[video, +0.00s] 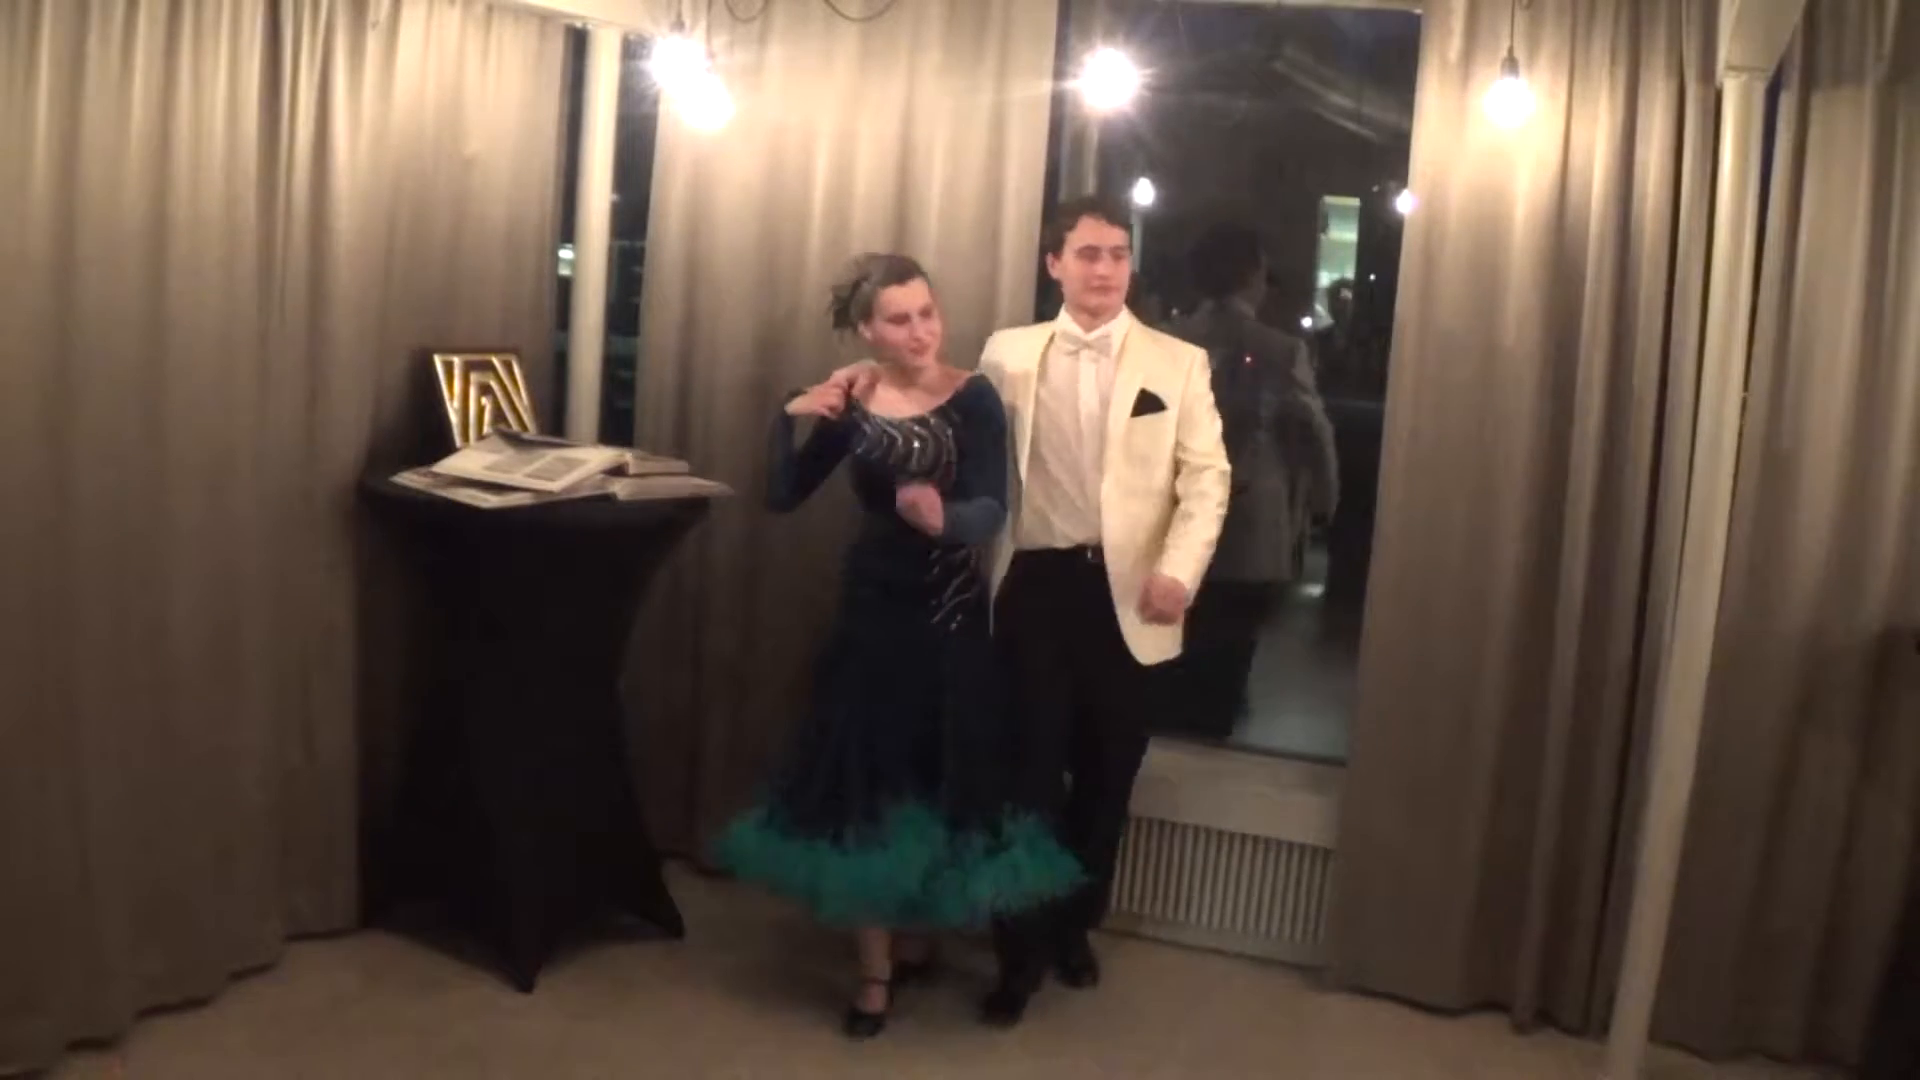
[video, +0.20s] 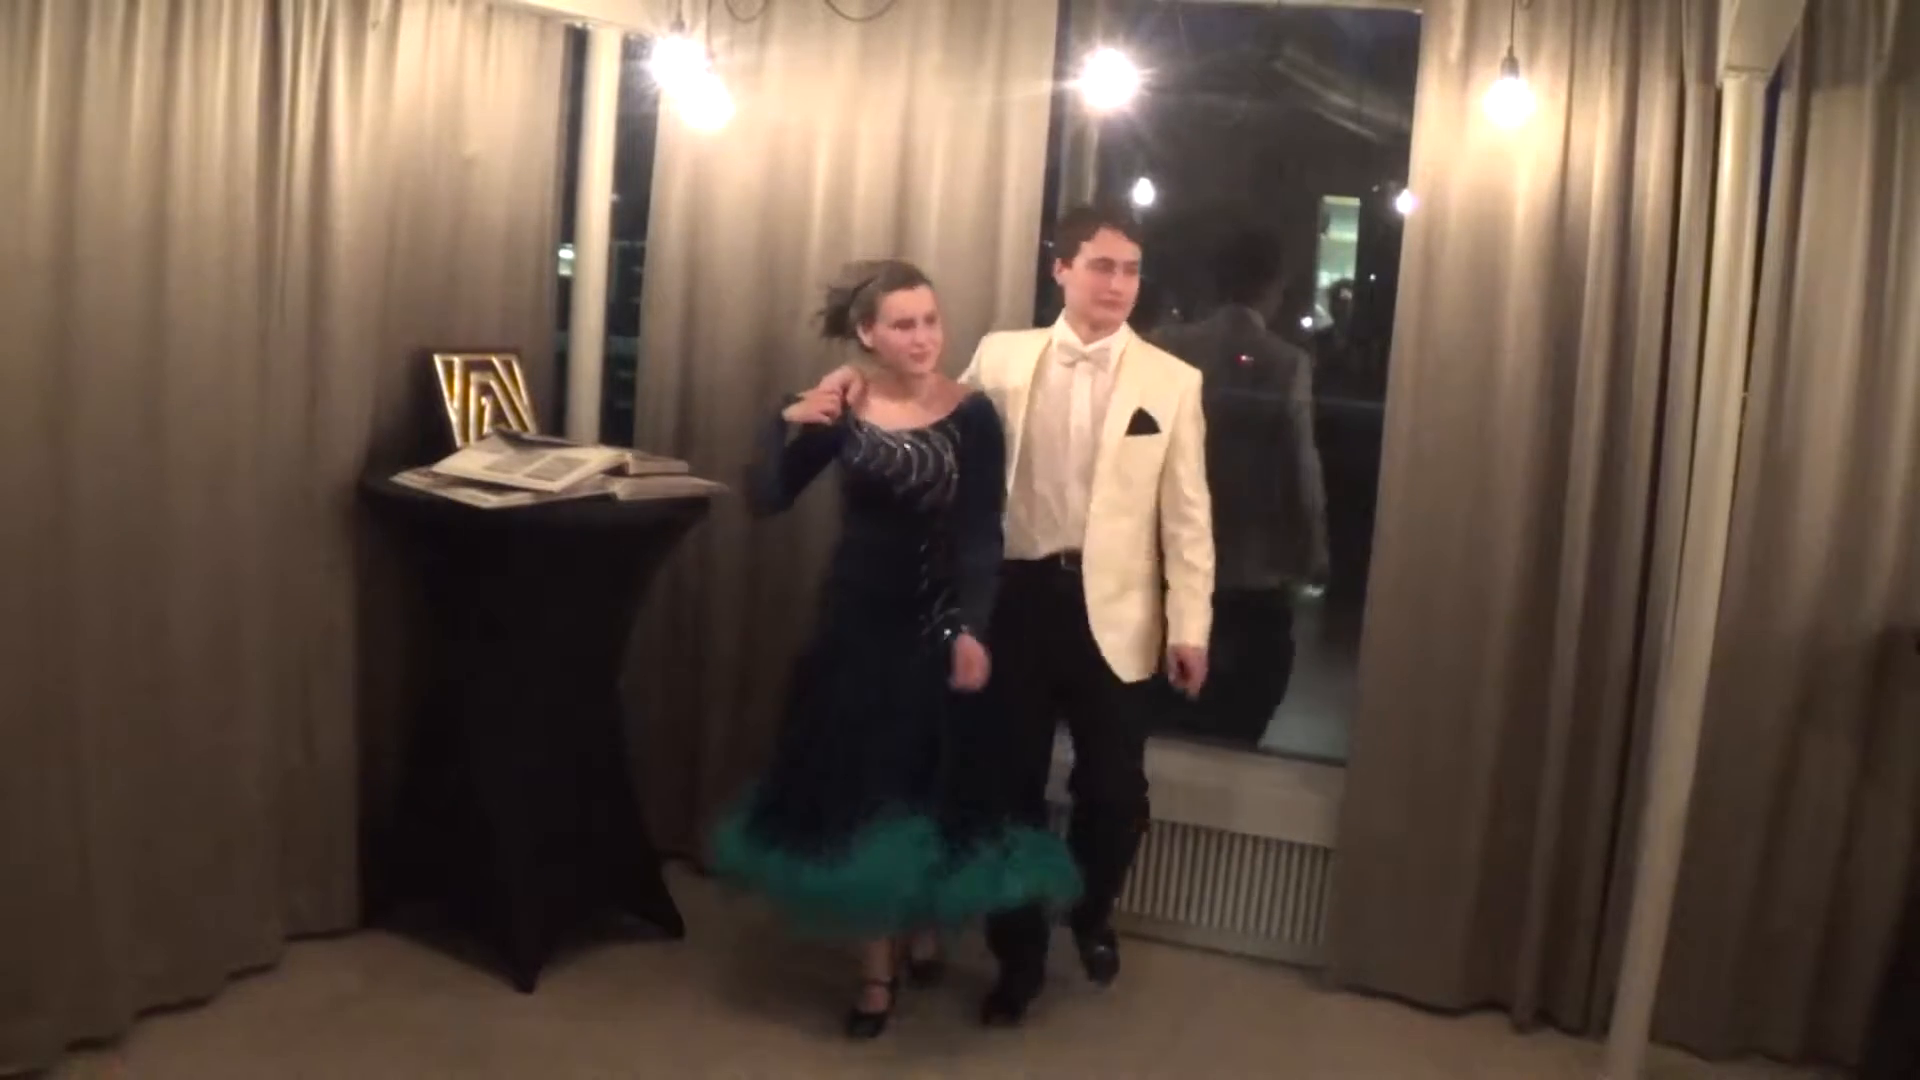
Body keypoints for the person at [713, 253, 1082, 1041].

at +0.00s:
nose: (918, 330)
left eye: (926, 313)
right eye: (899, 320)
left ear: (940, 311)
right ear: (866, 332)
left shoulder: (974, 397)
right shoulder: (852, 402)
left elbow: (992, 509)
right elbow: (785, 493)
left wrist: (946, 519)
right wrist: (796, 420)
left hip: (954, 604)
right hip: (876, 598)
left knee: (934, 757)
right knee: (866, 759)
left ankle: (916, 922)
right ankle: (872, 956)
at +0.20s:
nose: (922, 336)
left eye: (930, 320)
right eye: (903, 325)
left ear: (943, 325)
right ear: (866, 336)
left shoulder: (971, 415)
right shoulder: (845, 408)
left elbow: (982, 529)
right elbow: (770, 495)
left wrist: (973, 625)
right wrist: (791, 423)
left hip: (941, 618)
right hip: (862, 611)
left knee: (935, 770)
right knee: (865, 777)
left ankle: (923, 920)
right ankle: (874, 955)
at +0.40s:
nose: (933, 323)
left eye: (940, 309)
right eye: (915, 309)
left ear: (948, 317)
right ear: (869, 317)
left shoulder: (968, 407)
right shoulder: (837, 393)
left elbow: (991, 525)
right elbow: (747, 479)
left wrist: (1055, 607)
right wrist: (788, 400)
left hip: (933, 617)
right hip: (850, 611)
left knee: (917, 793)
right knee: (848, 785)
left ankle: (883, 985)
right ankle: (878, 954)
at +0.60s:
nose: (942, 324)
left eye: (948, 310)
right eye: (924, 308)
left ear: (953, 320)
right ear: (872, 316)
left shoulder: (962, 412)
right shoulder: (827, 400)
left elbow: (1005, 532)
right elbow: (726, 471)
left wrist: (1105, 551)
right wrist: (782, 389)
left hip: (924, 626)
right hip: (842, 620)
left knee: (905, 799)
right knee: (846, 790)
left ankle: (870, 985)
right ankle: (872, 965)